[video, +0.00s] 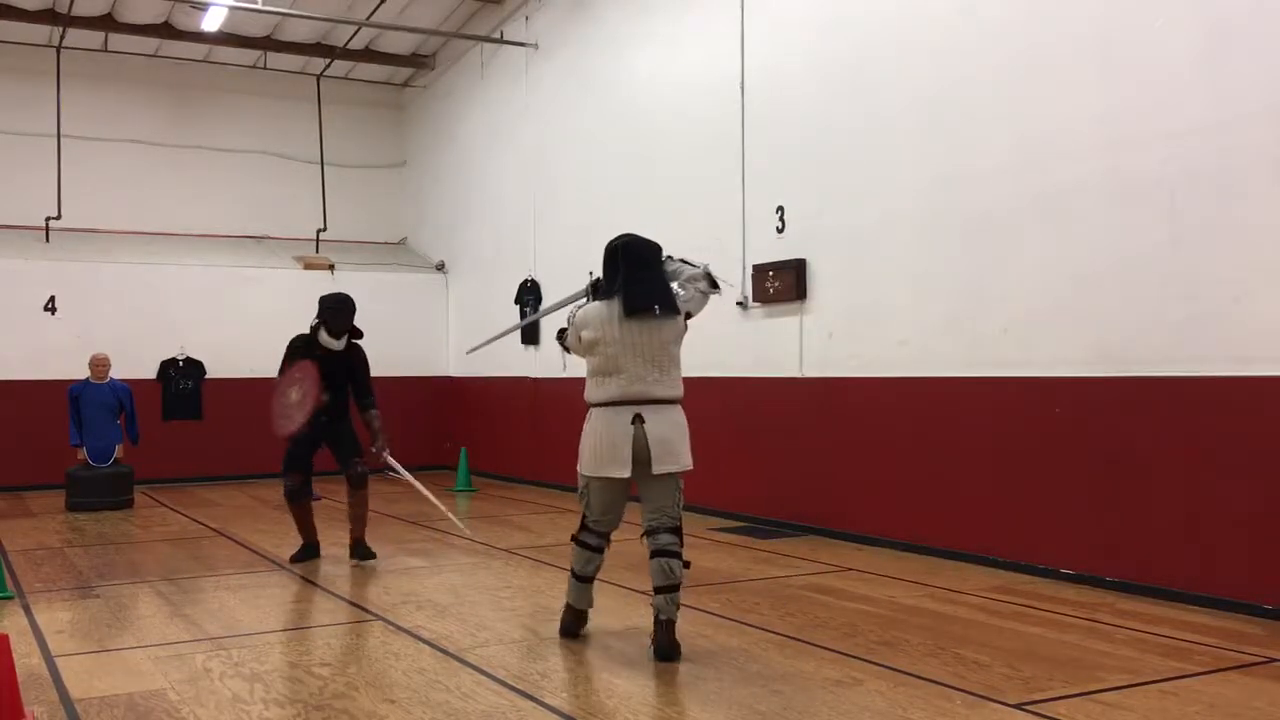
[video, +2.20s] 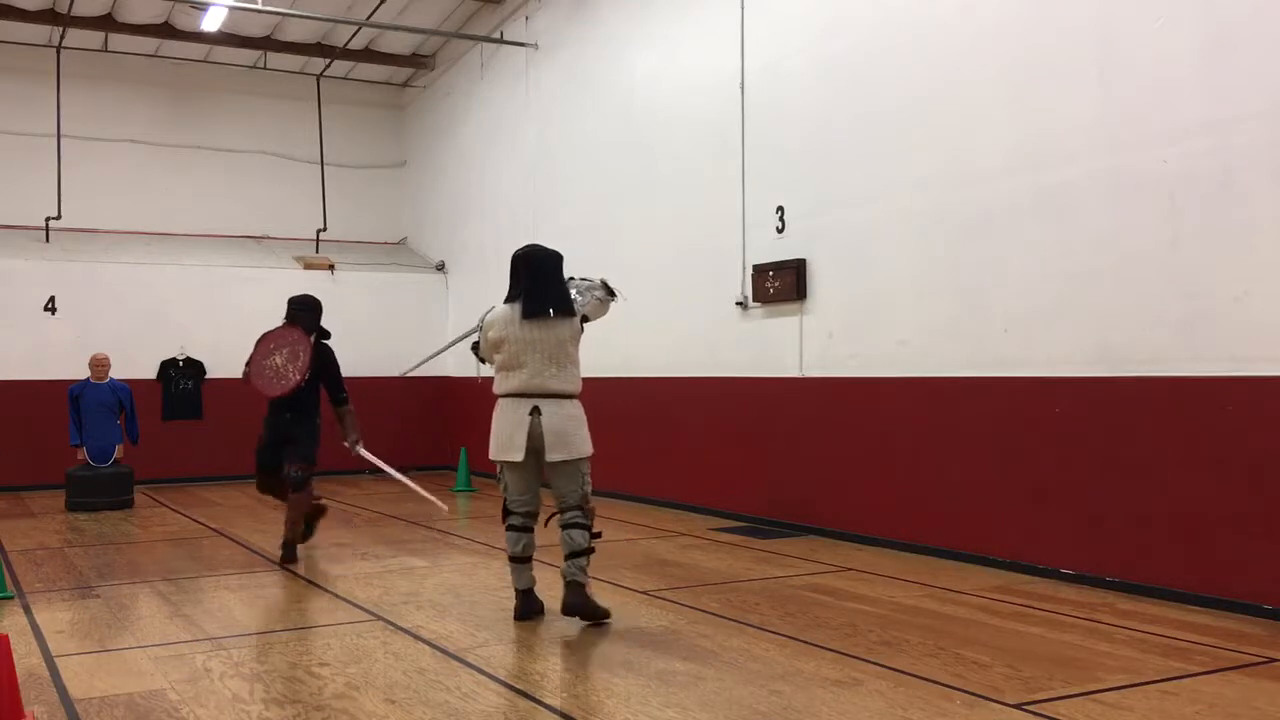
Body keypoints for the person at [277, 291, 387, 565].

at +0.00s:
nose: (339, 334)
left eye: (345, 328)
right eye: (334, 327)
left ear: (351, 325)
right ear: (322, 321)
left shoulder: (354, 353)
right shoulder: (300, 346)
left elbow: (366, 399)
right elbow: (284, 388)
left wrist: (378, 436)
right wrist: (307, 402)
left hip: (339, 424)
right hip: (304, 424)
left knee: (358, 474)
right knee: (294, 484)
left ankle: (358, 542)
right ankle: (310, 543)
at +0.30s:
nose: (359, 320)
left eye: (364, 314)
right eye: (354, 313)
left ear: (372, 317)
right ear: (342, 314)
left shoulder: (376, 350)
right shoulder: (320, 344)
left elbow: (391, 391)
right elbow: (295, 380)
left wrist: (409, 425)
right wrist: (285, 414)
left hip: (362, 421)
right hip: (327, 421)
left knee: (392, 473)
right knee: (309, 481)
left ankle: (408, 531)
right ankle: (310, 544)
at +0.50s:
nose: (378, 321)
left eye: (384, 315)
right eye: (373, 315)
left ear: (391, 319)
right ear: (362, 316)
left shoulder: (398, 351)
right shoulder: (344, 346)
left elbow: (417, 393)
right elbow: (325, 385)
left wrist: (438, 428)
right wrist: (323, 422)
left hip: (387, 422)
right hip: (353, 421)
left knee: (407, 479)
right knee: (329, 478)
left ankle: (417, 536)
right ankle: (313, 540)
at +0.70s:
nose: (391, 326)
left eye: (396, 321)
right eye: (386, 320)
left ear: (403, 321)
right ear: (376, 317)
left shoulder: (410, 348)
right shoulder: (359, 344)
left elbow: (428, 384)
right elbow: (348, 379)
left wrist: (438, 410)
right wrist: (361, 397)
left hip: (398, 418)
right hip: (365, 418)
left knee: (413, 476)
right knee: (340, 471)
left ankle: (418, 536)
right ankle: (331, 534)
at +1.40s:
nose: (340, 327)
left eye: (347, 322)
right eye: (337, 321)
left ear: (358, 325)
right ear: (332, 322)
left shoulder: (366, 356)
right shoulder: (324, 350)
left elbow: (384, 395)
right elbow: (303, 380)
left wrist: (398, 432)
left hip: (356, 423)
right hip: (326, 423)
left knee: (379, 475)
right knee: (320, 479)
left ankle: (400, 531)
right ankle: (343, 529)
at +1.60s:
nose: (325, 325)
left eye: (331, 320)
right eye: (322, 320)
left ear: (343, 322)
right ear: (318, 321)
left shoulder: (356, 354)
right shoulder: (314, 350)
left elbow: (371, 397)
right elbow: (301, 380)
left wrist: (383, 432)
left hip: (344, 421)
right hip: (317, 422)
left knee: (345, 471)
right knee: (316, 475)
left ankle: (343, 529)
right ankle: (341, 527)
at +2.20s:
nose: (293, 328)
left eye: (300, 324)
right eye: (290, 322)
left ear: (312, 326)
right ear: (285, 320)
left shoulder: (321, 353)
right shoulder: (277, 346)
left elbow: (339, 397)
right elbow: (250, 376)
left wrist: (352, 433)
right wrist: (263, 354)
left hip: (305, 421)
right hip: (276, 419)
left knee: (297, 477)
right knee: (267, 480)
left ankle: (289, 542)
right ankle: (310, 508)